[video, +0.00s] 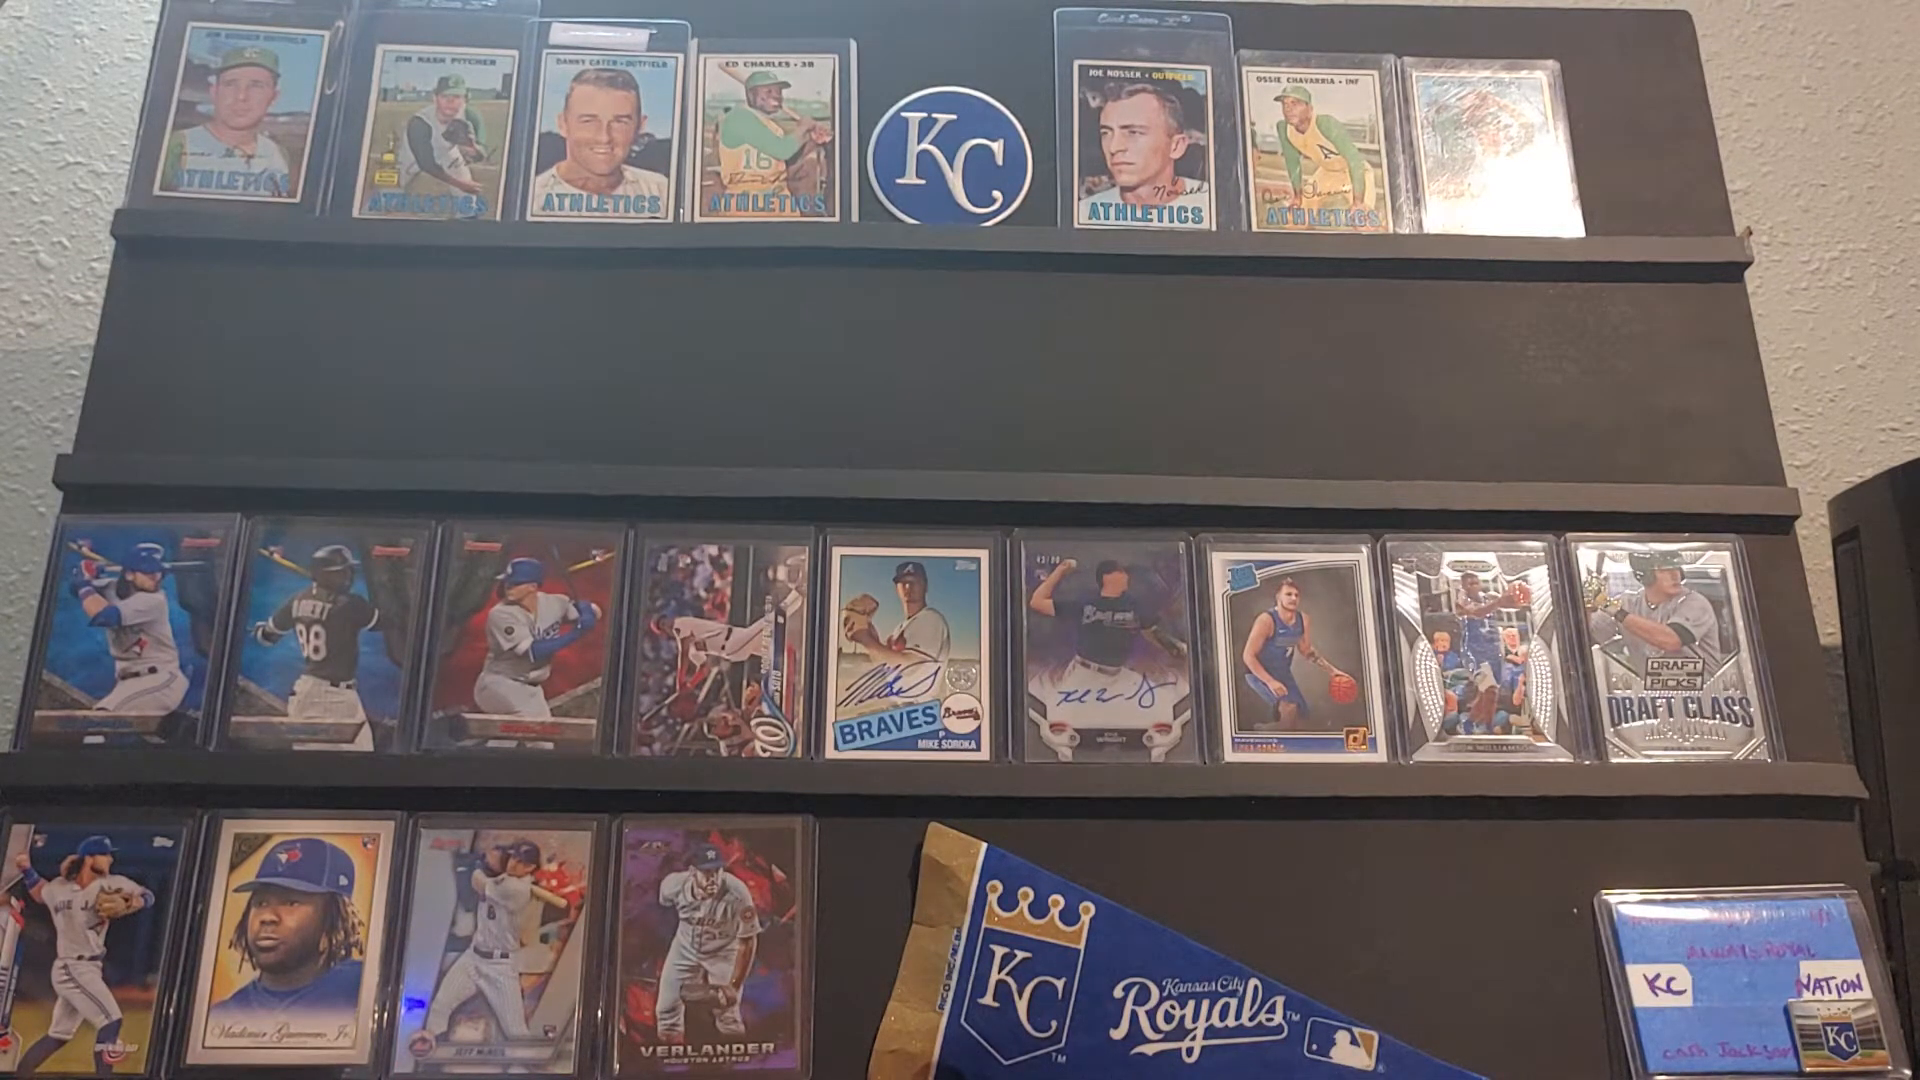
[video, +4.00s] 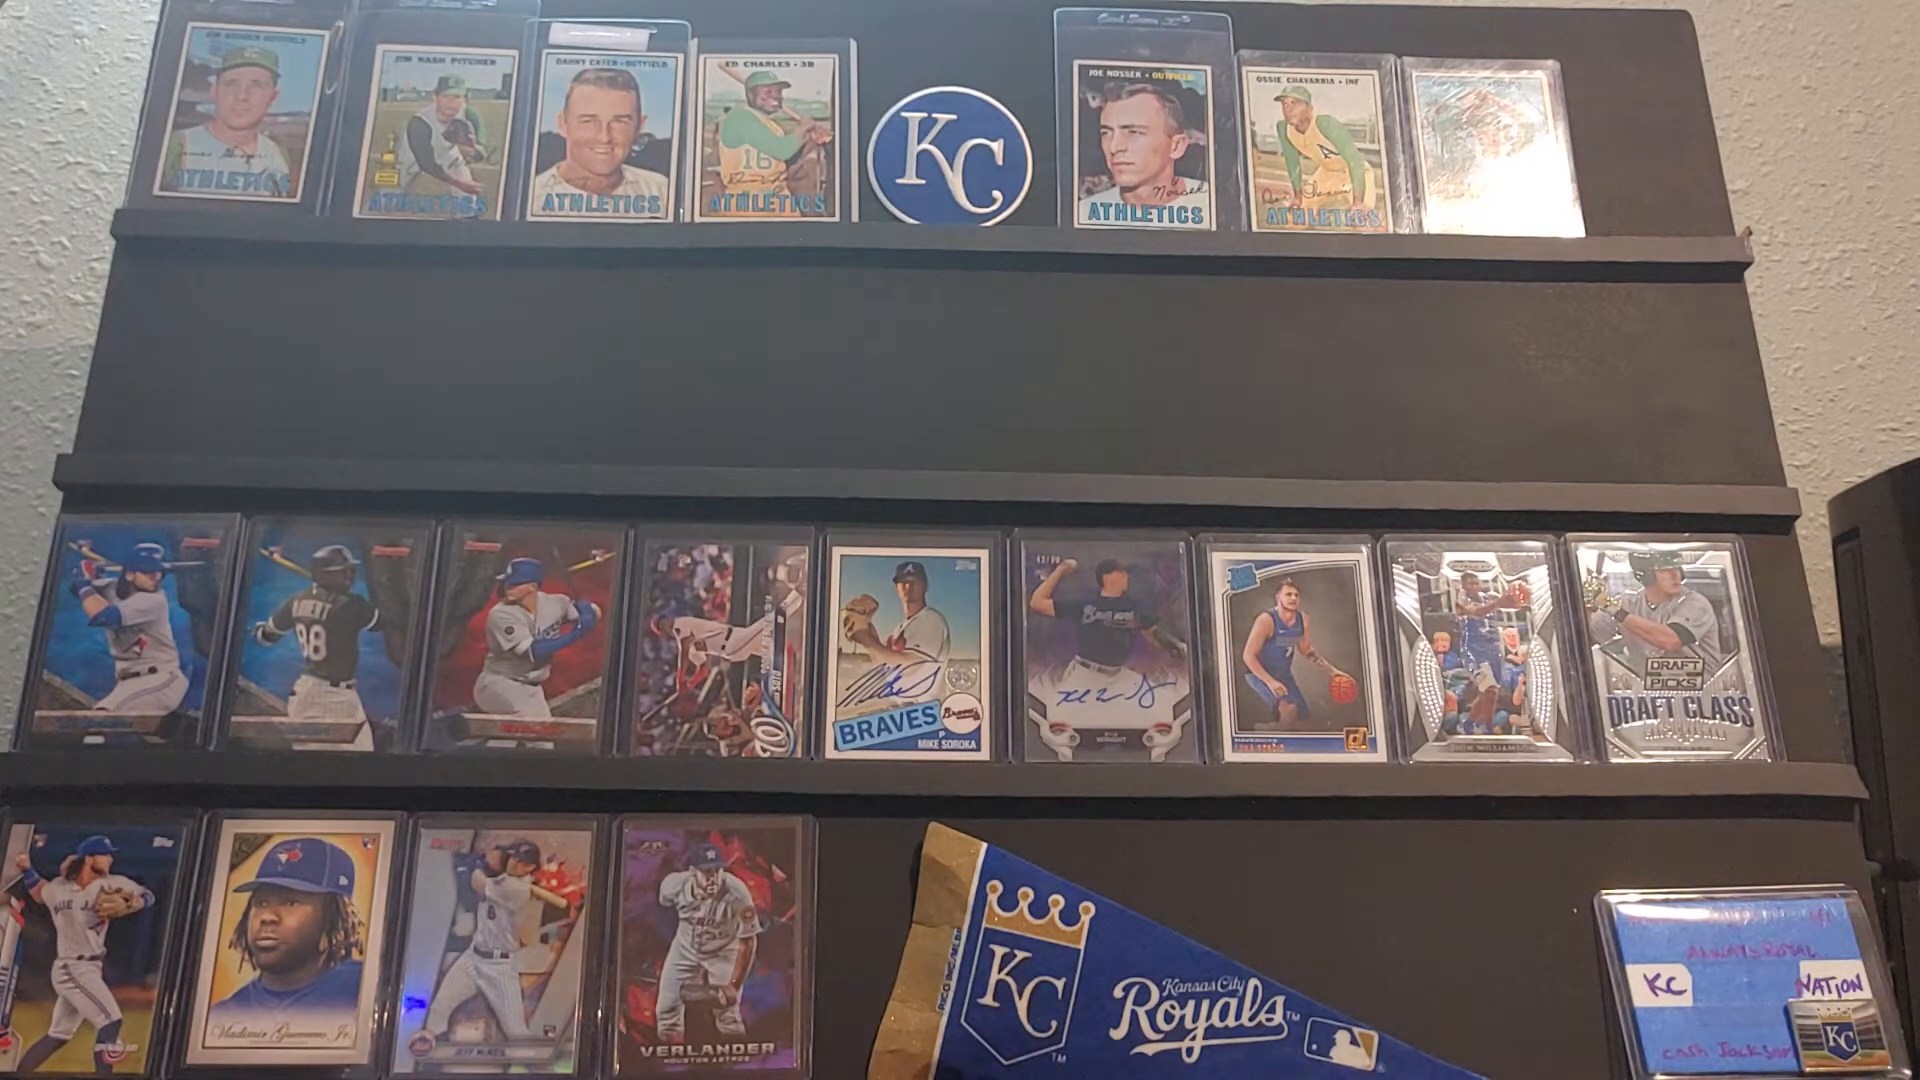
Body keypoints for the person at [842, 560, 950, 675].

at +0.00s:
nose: (907, 588)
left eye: (913, 582)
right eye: (902, 583)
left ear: (925, 587)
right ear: (896, 588)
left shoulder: (930, 619)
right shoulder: (902, 626)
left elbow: (910, 662)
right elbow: (882, 661)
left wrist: (866, 640)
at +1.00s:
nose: (907, 587)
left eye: (913, 582)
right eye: (902, 582)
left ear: (925, 586)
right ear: (896, 588)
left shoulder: (930, 619)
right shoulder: (901, 627)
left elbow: (911, 659)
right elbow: (880, 659)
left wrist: (864, 639)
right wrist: (865, 623)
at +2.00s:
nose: (907, 588)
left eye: (913, 582)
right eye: (902, 582)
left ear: (925, 586)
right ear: (896, 588)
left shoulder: (930, 619)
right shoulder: (901, 627)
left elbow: (909, 660)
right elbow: (879, 657)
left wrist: (864, 638)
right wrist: (863, 620)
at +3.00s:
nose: (907, 587)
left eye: (913, 582)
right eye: (902, 582)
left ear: (925, 586)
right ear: (896, 587)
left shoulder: (931, 619)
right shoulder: (901, 627)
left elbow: (910, 660)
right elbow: (881, 660)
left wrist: (865, 639)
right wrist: (864, 623)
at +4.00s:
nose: (907, 587)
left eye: (913, 582)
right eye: (902, 582)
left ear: (924, 586)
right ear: (896, 587)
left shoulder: (930, 619)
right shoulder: (901, 627)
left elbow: (911, 662)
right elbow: (882, 661)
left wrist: (866, 639)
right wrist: (865, 625)